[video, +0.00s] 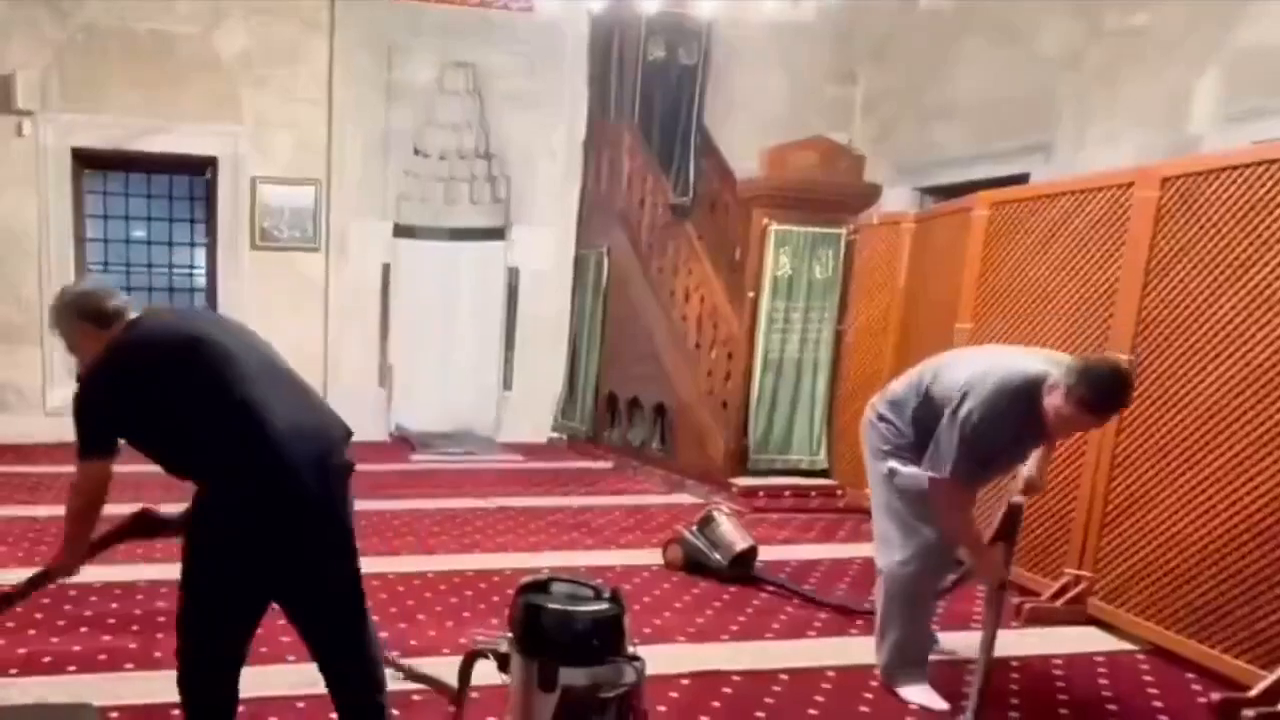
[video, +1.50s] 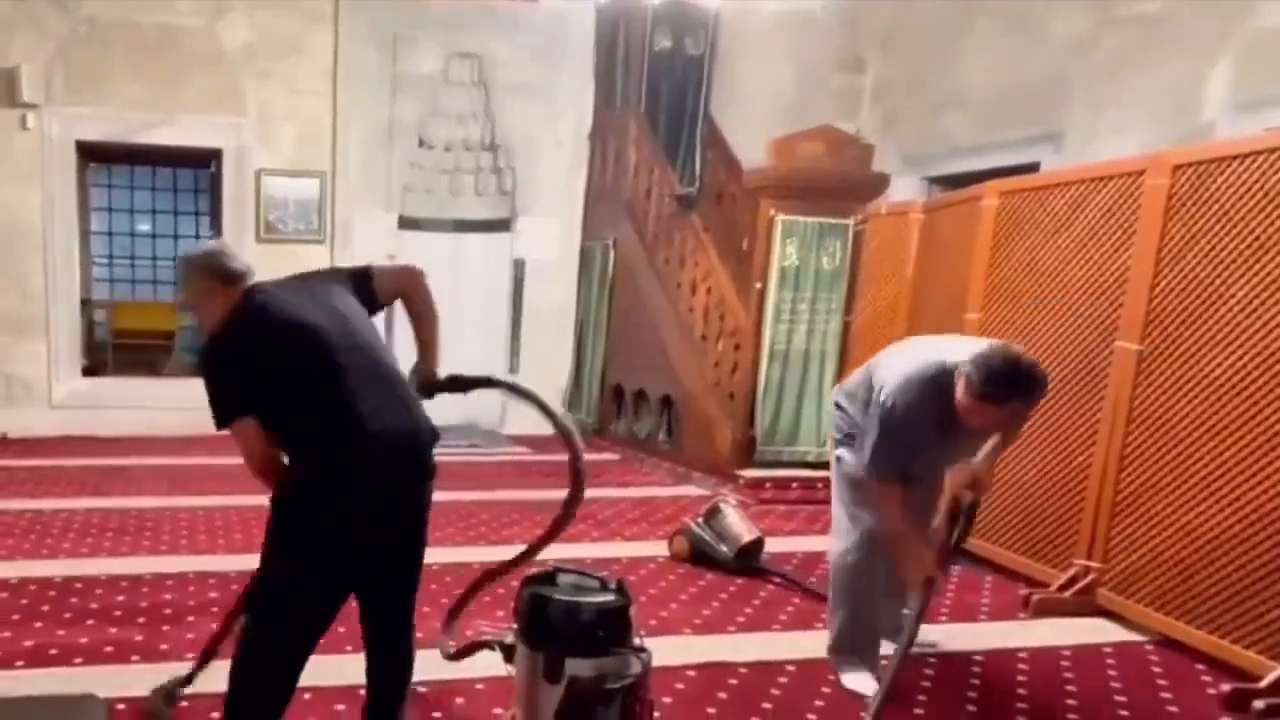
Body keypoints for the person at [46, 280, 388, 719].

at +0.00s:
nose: (76, 364)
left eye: (72, 348)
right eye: (70, 351)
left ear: (85, 332)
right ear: (125, 312)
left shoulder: (101, 379)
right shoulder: (195, 327)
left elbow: (90, 490)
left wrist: (70, 554)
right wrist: (177, 520)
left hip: (247, 490)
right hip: (323, 465)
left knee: (208, 657)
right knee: (344, 639)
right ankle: (368, 709)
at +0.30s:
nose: (60, 378)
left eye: (56, 368)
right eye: (54, 370)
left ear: (70, 352)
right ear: (107, 329)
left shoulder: (84, 396)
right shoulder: (182, 341)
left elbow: (51, 500)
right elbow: (170, 470)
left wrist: (14, 563)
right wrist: (114, 533)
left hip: (228, 496)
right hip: (309, 467)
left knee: (199, 649)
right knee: (343, 631)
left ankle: (205, 714)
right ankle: (371, 707)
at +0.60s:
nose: (87, 371)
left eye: (85, 358)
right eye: (82, 361)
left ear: (95, 343)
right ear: (131, 321)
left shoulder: (112, 386)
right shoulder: (203, 332)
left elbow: (81, 494)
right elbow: (244, 450)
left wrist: (49, 565)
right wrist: (168, 503)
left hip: (246, 489)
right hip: (327, 465)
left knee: (207, 638)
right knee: (351, 627)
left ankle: (208, 715)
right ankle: (372, 710)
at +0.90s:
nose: (160, 340)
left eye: (156, 328)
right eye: (155, 330)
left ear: (167, 317)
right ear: (197, 297)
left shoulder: (178, 367)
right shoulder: (278, 299)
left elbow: (189, 474)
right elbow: (365, 337)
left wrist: (195, 542)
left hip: (299, 483)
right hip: (378, 467)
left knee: (242, 640)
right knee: (381, 639)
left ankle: (218, 712)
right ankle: (386, 713)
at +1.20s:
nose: (201, 325)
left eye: (200, 311)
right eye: (197, 313)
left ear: (218, 299)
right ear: (252, 283)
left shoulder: (232, 351)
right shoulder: (326, 282)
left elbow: (273, 461)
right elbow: (417, 278)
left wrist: (302, 518)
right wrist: (420, 369)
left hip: (341, 467)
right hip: (419, 448)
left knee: (290, 617)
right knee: (399, 616)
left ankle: (245, 709)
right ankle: (388, 713)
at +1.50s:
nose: (196, 317)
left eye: (195, 304)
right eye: (192, 306)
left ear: (212, 291)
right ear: (244, 278)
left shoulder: (225, 346)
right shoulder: (319, 286)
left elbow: (260, 458)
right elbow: (410, 277)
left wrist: (296, 494)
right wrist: (427, 366)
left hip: (333, 477)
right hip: (408, 461)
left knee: (276, 637)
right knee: (391, 628)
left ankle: (247, 715)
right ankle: (386, 714)